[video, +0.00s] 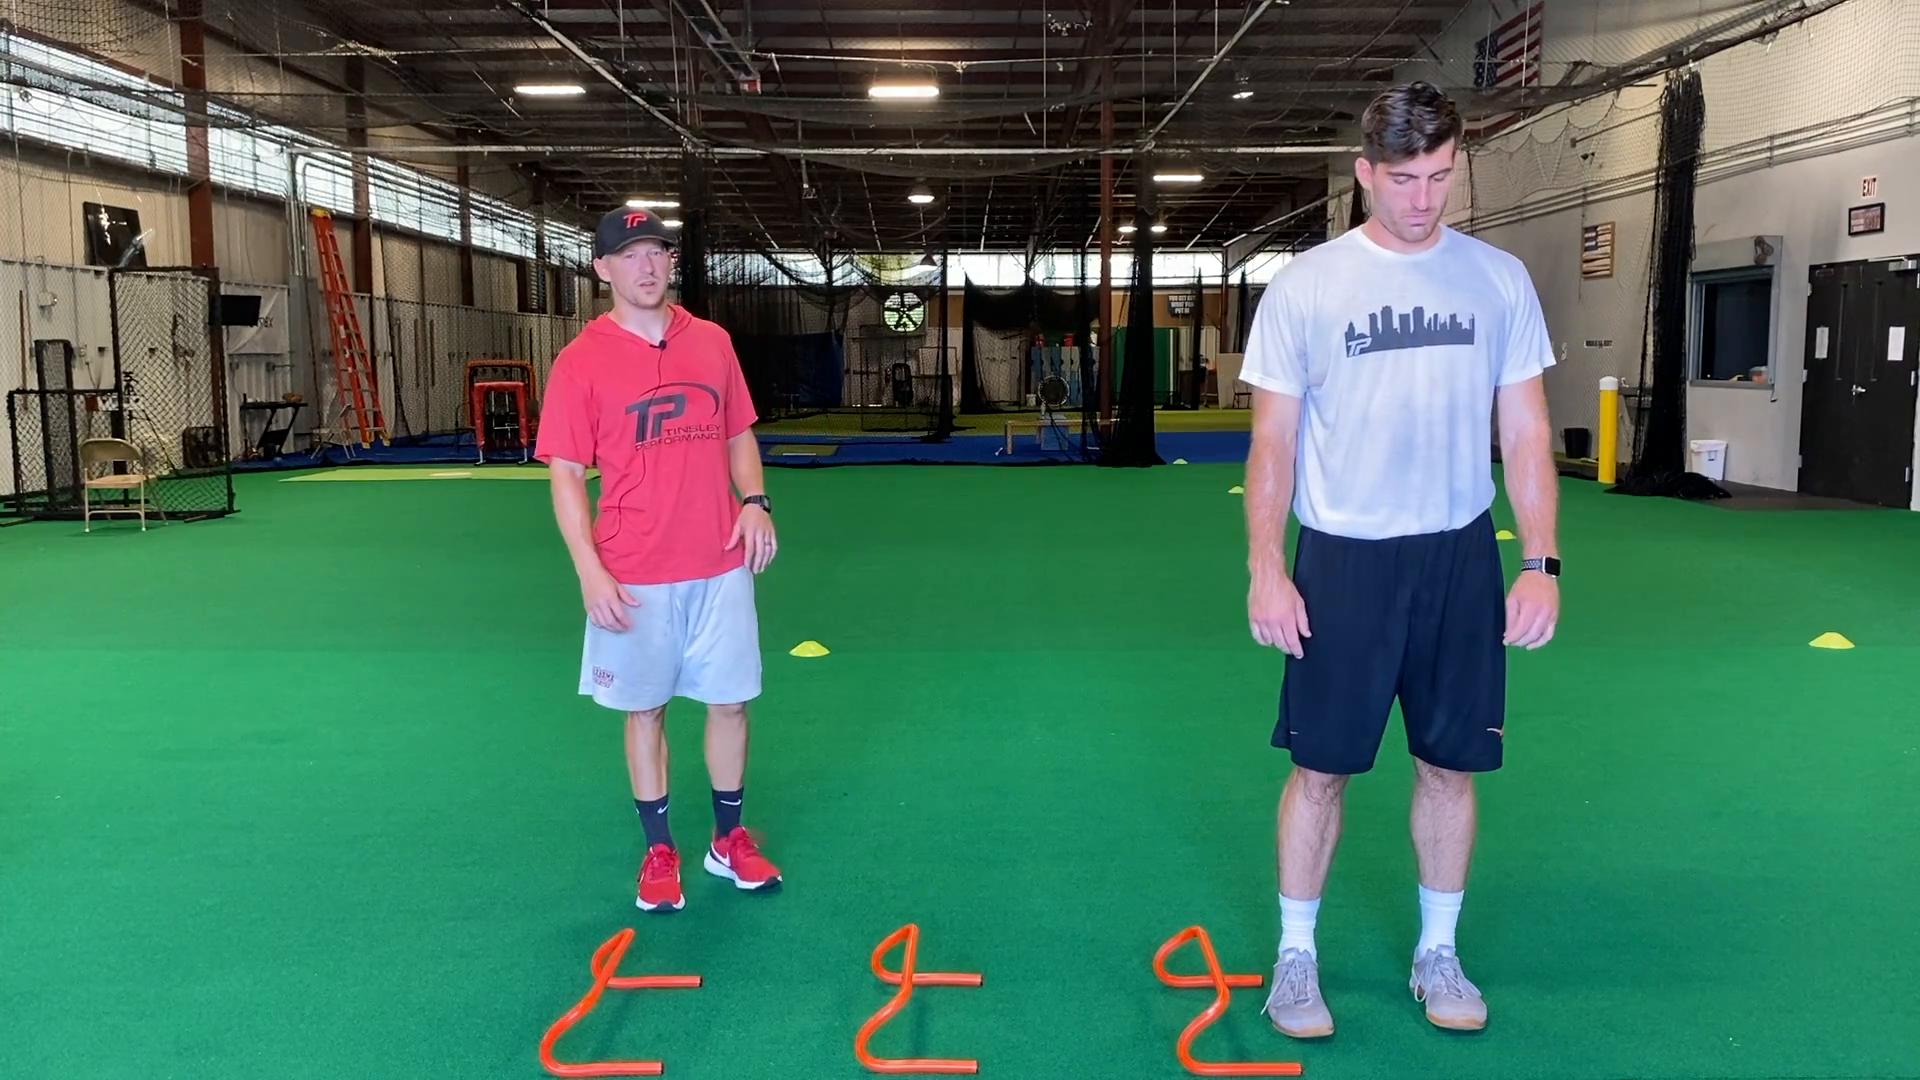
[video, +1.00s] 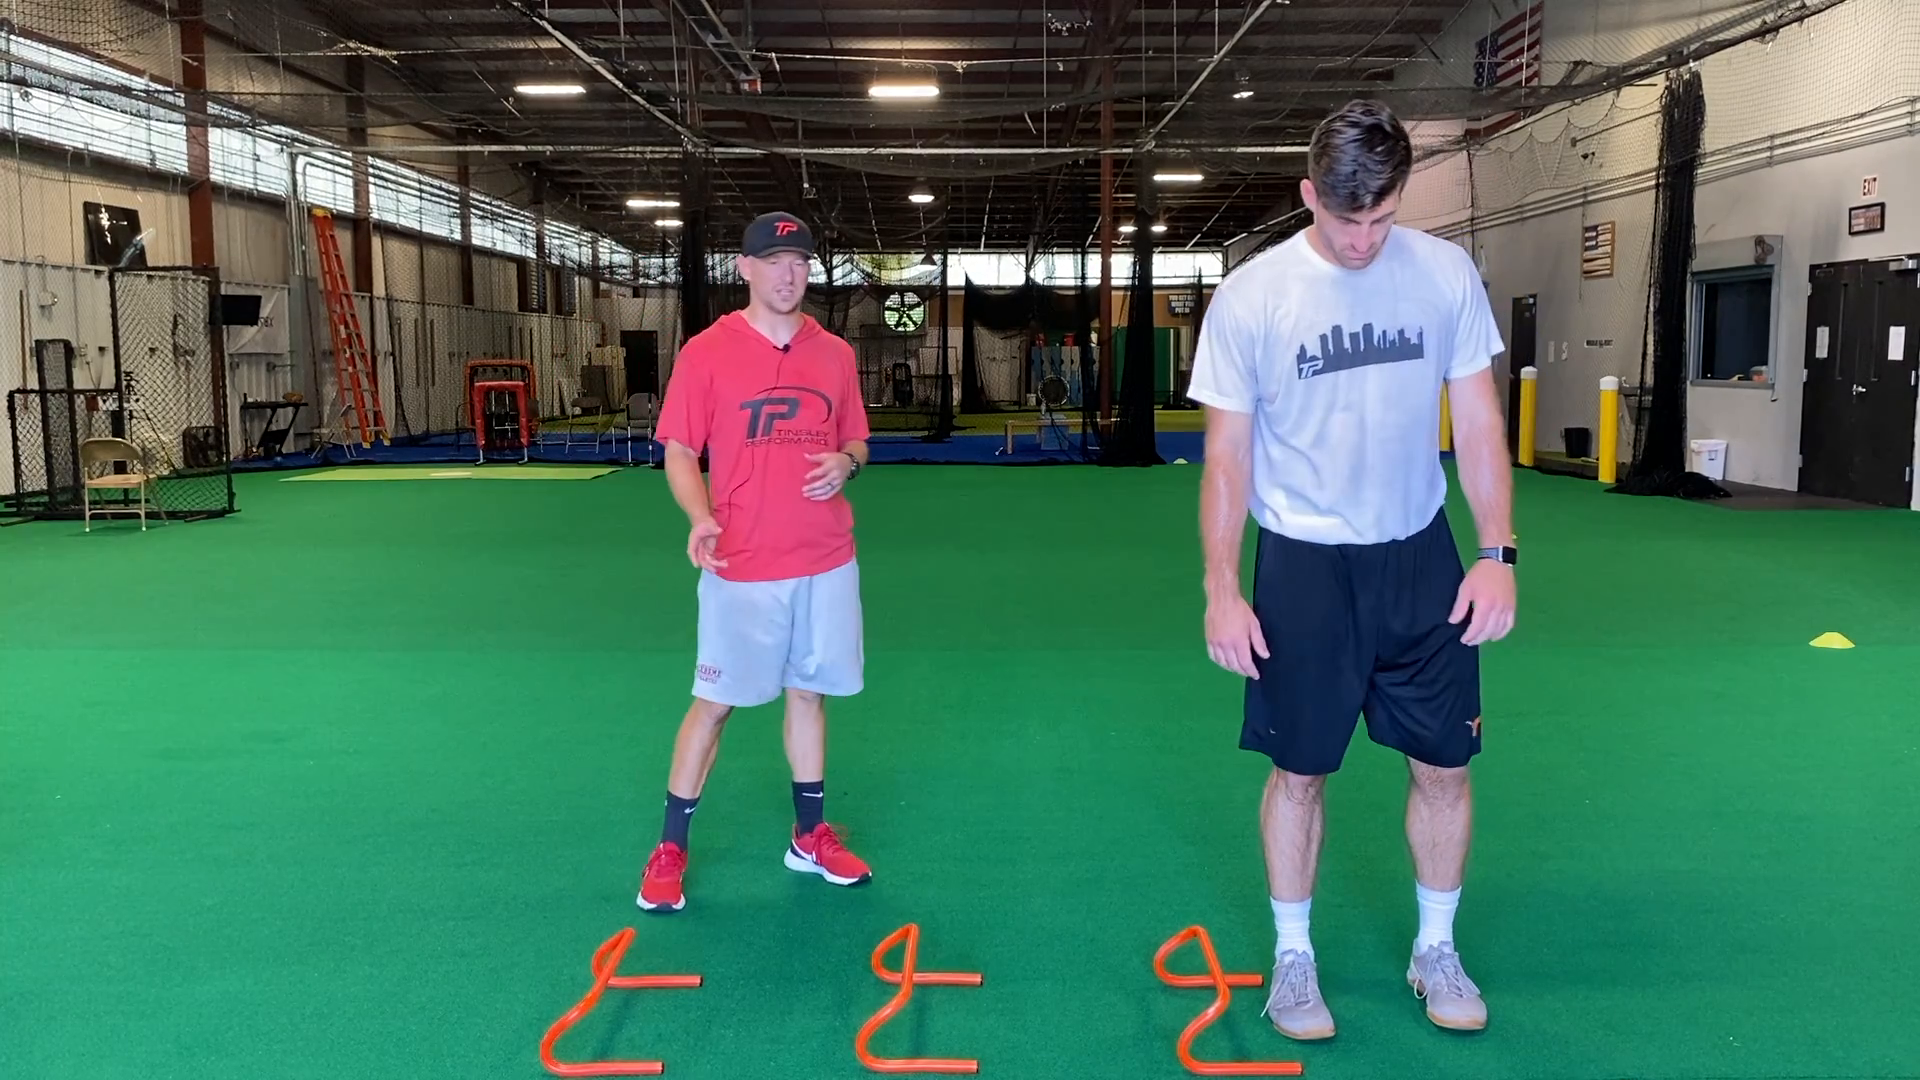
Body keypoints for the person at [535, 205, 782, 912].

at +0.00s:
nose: (651, 265)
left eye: (659, 253)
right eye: (634, 255)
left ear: (673, 262)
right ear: (605, 269)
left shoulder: (711, 342)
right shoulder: (579, 363)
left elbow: (740, 436)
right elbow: (565, 476)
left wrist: (755, 500)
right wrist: (590, 572)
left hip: (719, 567)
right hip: (635, 577)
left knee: (729, 702)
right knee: (644, 711)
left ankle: (729, 839)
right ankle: (659, 851)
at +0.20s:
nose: (662, 271)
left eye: (669, 257)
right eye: (645, 260)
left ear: (680, 264)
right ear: (611, 269)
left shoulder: (714, 340)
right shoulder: (586, 365)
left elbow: (743, 429)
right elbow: (571, 475)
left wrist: (759, 486)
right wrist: (608, 568)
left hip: (729, 564)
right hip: (646, 576)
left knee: (749, 694)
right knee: (649, 709)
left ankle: (744, 829)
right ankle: (659, 849)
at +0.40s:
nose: (688, 275)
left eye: (692, 261)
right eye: (671, 265)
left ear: (698, 265)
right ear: (630, 272)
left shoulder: (730, 339)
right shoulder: (603, 362)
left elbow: (757, 426)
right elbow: (586, 472)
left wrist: (776, 472)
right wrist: (643, 542)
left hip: (741, 561)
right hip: (655, 571)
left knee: (772, 692)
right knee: (656, 707)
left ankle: (796, 830)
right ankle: (661, 850)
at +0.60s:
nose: (714, 277)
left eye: (721, 263)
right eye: (698, 266)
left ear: (731, 267)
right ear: (663, 273)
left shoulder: (763, 346)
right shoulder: (635, 363)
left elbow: (789, 431)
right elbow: (614, 467)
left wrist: (806, 467)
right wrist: (673, 514)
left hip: (764, 564)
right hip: (679, 569)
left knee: (781, 697)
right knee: (669, 705)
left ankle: (806, 835)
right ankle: (662, 850)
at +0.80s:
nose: (760, 273)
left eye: (766, 261)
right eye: (743, 262)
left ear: (774, 268)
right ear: (708, 270)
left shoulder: (801, 349)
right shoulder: (672, 357)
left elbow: (834, 436)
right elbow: (655, 461)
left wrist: (823, 452)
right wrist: (682, 519)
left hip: (795, 560)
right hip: (711, 565)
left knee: (795, 695)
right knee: (690, 703)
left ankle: (808, 835)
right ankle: (665, 850)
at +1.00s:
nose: (788, 273)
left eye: (798, 261)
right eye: (774, 261)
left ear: (810, 271)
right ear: (744, 268)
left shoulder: (836, 356)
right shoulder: (706, 353)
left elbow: (854, 442)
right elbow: (678, 451)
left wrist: (847, 459)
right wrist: (700, 515)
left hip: (823, 560)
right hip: (740, 564)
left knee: (808, 691)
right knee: (714, 700)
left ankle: (810, 833)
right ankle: (671, 849)